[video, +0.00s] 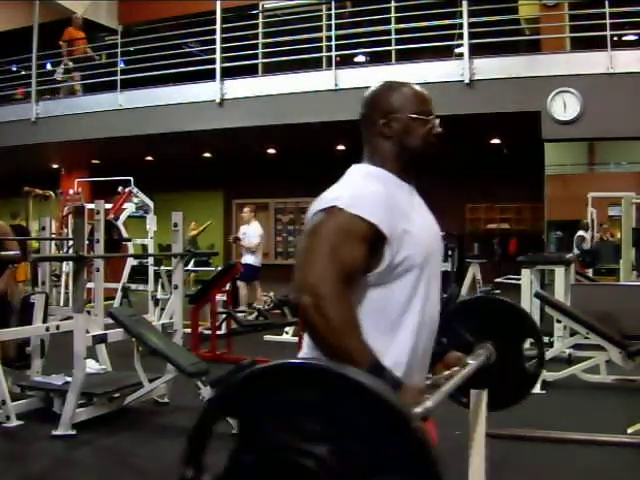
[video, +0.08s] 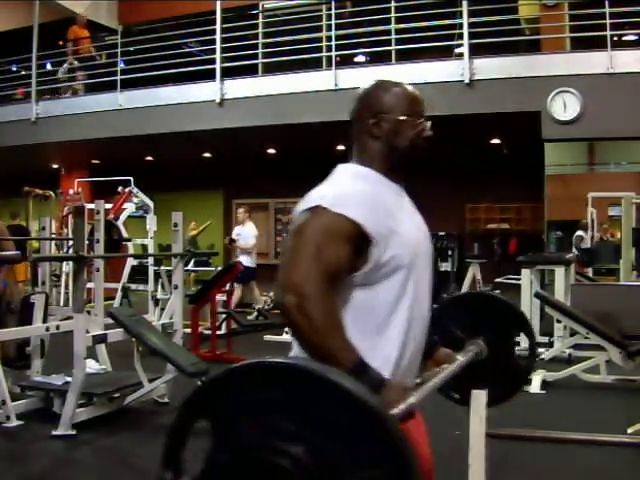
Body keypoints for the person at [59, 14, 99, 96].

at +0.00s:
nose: (79, 21)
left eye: (80, 19)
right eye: (77, 19)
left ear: (81, 20)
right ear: (73, 20)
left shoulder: (81, 33)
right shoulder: (69, 31)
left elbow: (85, 47)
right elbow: (64, 45)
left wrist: (93, 55)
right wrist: (65, 58)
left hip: (81, 58)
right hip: (72, 58)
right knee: (76, 77)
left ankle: (63, 93)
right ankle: (79, 93)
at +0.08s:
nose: (84, 21)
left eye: (85, 19)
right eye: (82, 19)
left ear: (85, 20)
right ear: (78, 19)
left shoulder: (85, 31)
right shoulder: (73, 30)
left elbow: (89, 45)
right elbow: (69, 44)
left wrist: (95, 55)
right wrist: (70, 56)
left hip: (88, 56)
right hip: (79, 57)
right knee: (80, 75)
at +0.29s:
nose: (94, 17)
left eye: (95, 14)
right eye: (92, 14)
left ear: (97, 16)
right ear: (89, 15)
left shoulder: (97, 29)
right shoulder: (85, 26)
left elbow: (98, 42)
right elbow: (82, 40)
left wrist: (100, 52)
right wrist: (84, 52)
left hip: (96, 53)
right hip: (87, 53)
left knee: (100, 72)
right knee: (85, 73)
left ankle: (95, 92)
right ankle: (83, 93)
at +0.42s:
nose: (102, 18)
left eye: (103, 16)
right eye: (101, 16)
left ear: (105, 17)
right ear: (97, 16)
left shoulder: (104, 29)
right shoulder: (92, 26)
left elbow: (105, 41)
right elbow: (90, 41)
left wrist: (105, 50)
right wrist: (94, 51)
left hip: (102, 52)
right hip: (95, 52)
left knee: (105, 71)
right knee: (89, 71)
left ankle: (109, 89)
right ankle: (84, 90)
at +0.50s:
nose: (107, 18)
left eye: (108, 16)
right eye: (106, 16)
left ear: (109, 17)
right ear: (103, 17)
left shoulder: (109, 28)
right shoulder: (98, 26)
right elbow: (95, 39)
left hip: (109, 52)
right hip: (100, 51)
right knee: (97, 69)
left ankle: (113, 89)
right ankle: (87, 89)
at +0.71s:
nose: (123, 14)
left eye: (124, 11)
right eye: (121, 11)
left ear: (125, 13)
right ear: (117, 12)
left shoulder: (124, 26)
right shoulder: (111, 24)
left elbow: (125, 41)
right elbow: (107, 38)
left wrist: (127, 52)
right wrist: (111, 51)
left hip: (121, 51)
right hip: (111, 51)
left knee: (118, 70)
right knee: (117, 69)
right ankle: (103, 88)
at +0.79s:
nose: (127, 13)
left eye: (128, 11)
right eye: (125, 11)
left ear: (130, 12)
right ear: (122, 11)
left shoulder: (129, 24)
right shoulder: (117, 22)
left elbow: (132, 41)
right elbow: (111, 35)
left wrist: (137, 52)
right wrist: (113, 47)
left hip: (128, 49)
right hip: (120, 50)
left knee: (125, 69)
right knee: (122, 68)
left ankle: (121, 87)